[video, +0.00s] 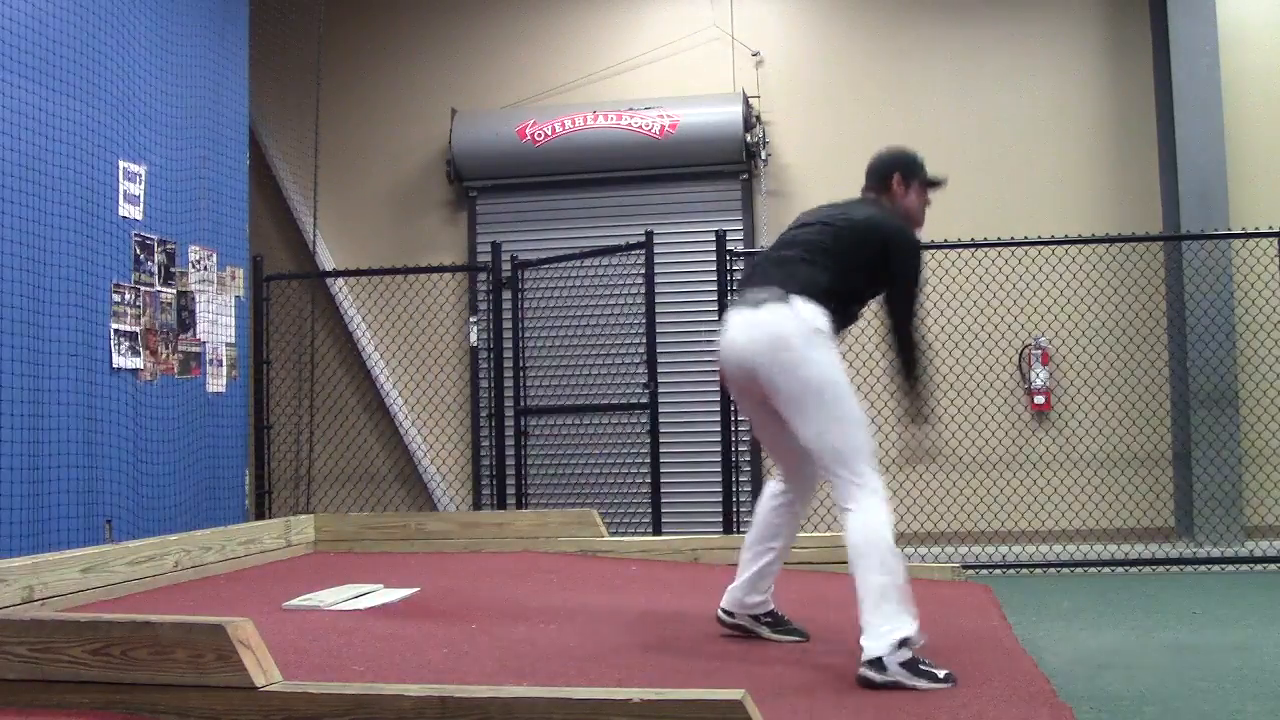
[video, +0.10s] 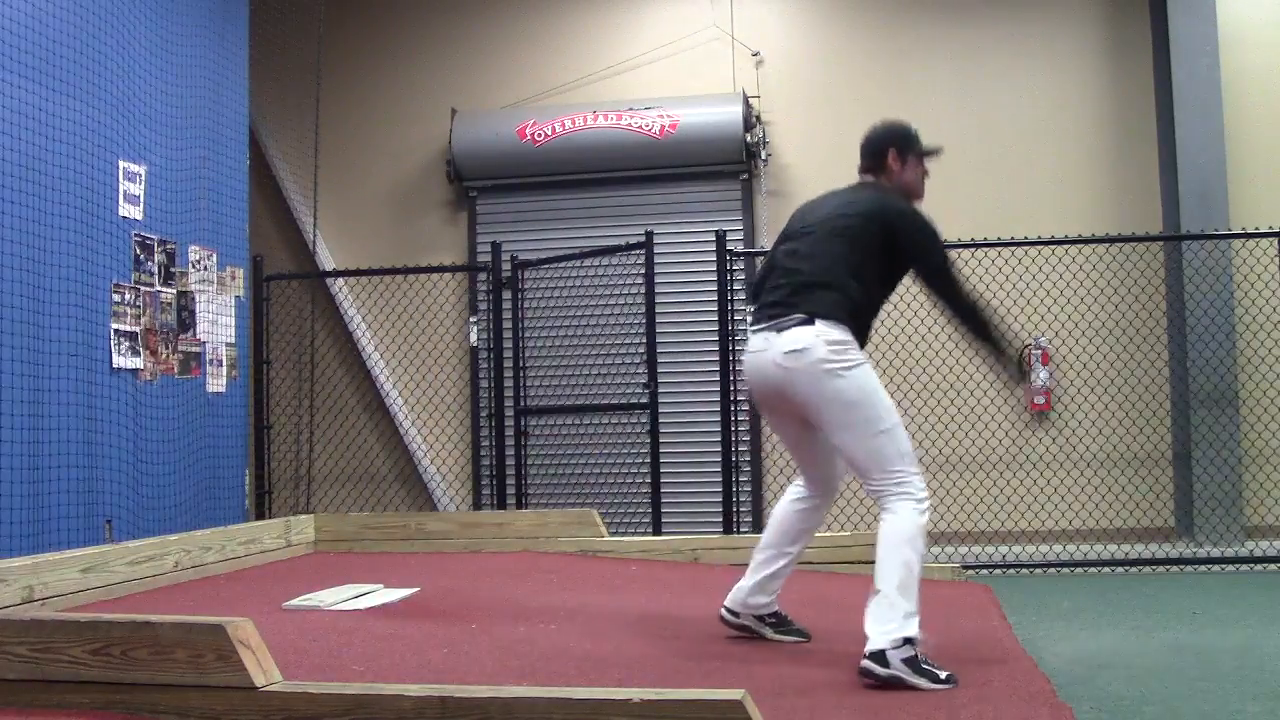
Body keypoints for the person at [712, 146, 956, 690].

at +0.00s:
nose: (927, 204)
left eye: (928, 193)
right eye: (923, 192)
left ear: (881, 186)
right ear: (899, 186)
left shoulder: (827, 216)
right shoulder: (896, 233)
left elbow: (784, 289)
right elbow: (903, 329)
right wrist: (917, 407)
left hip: (734, 331)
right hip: (791, 329)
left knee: (794, 476)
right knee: (860, 486)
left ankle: (745, 603)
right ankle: (887, 648)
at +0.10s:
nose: (926, 174)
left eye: (925, 163)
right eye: (921, 162)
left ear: (875, 164)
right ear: (895, 162)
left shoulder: (814, 210)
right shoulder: (900, 215)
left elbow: (763, 285)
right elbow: (956, 298)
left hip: (759, 352)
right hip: (822, 348)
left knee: (817, 481)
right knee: (903, 493)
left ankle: (750, 601)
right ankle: (891, 644)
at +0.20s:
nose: (922, 144)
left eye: (921, 134)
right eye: (916, 133)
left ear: (869, 136)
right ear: (889, 133)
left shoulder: (816, 191)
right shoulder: (897, 186)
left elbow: (776, 270)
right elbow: (978, 245)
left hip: (772, 339)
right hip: (826, 334)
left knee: (831, 480)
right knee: (903, 484)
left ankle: (756, 593)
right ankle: (892, 639)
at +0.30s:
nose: (911, 117)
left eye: (909, 107)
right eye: (904, 107)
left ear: (859, 112)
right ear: (876, 108)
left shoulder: (819, 170)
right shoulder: (885, 159)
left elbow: (795, 255)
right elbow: (969, 195)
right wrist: (1076, 199)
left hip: (781, 329)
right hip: (829, 325)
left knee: (836, 471)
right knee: (895, 477)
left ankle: (762, 586)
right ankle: (889, 638)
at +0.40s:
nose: (891, 100)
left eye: (888, 91)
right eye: (882, 91)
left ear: (843, 99)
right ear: (851, 95)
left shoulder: (813, 160)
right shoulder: (859, 143)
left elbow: (812, 240)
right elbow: (945, 166)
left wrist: (881, 235)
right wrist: (1046, 147)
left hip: (793, 327)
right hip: (837, 324)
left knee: (838, 473)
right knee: (890, 477)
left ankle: (760, 585)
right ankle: (888, 638)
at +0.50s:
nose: (867, 102)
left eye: (865, 94)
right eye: (857, 94)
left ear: (824, 102)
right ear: (826, 100)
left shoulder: (804, 167)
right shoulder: (831, 148)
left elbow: (876, 237)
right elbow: (900, 161)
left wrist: (874, 214)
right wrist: (993, 136)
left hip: (803, 328)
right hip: (837, 325)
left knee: (843, 479)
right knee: (891, 480)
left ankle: (761, 587)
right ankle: (888, 639)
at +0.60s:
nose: (844, 116)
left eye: (844, 108)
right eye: (834, 107)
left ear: (806, 116)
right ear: (801, 113)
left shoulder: (799, 172)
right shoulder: (804, 157)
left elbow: (833, 266)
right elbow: (829, 190)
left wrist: (876, 241)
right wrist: (925, 163)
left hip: (791, 338)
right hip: (824, 332)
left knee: (844, 484)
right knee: (884, 481)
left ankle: (756, 594)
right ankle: (891, 637)